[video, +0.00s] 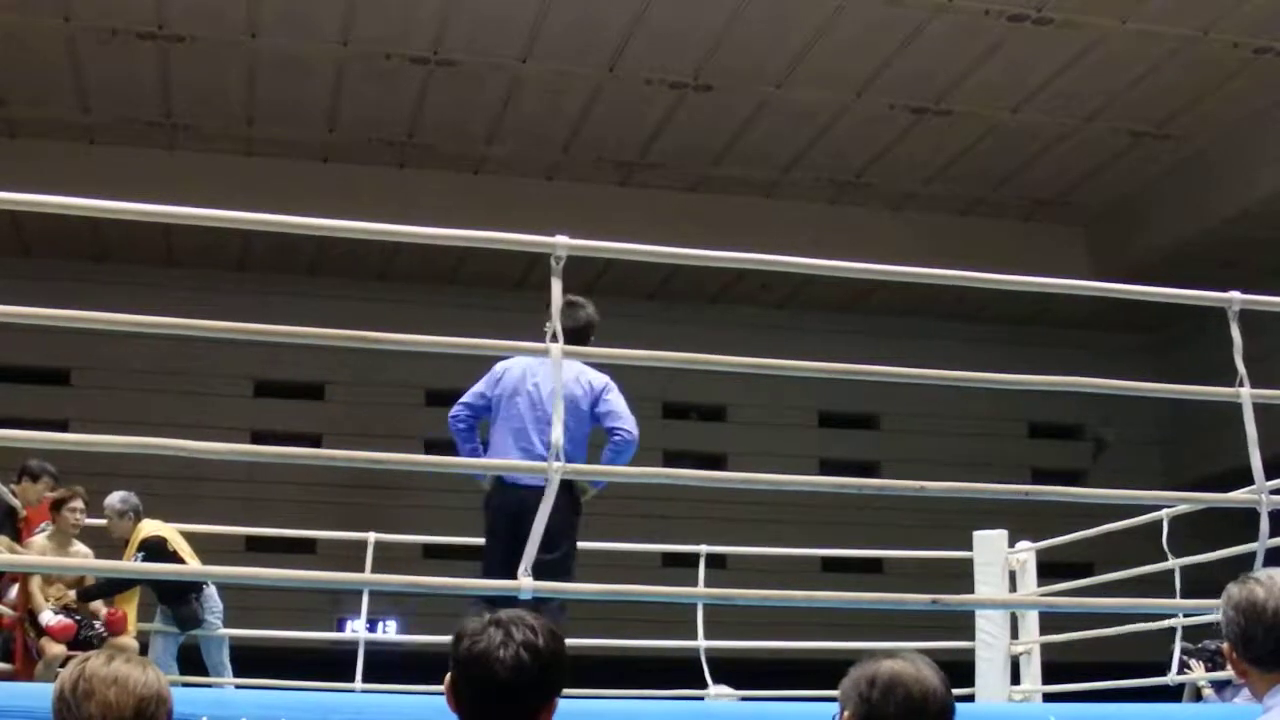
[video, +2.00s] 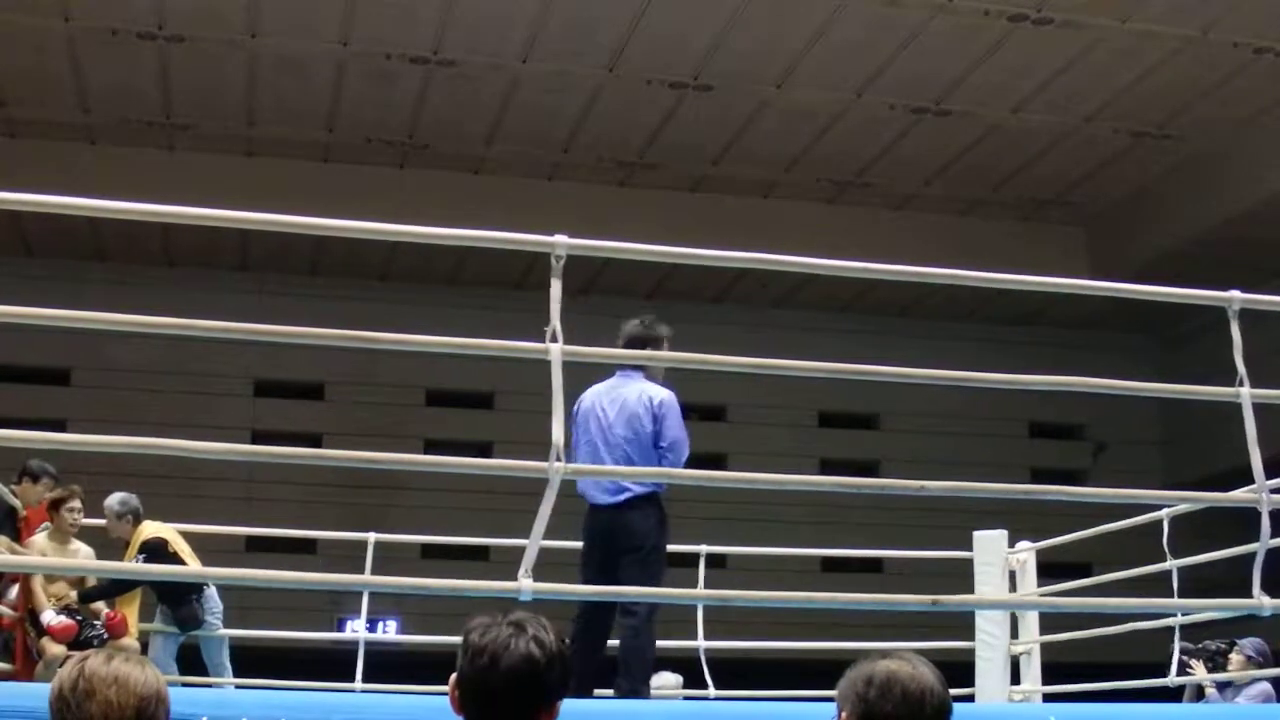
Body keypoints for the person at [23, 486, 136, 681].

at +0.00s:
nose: (78, 517)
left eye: (82, 512)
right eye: (72, 511)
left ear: (86, 516)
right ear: (55, 515)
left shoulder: (85, 553)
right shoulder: (36, 545)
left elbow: (90, 593)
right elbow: (33, 587)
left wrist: (104, 613)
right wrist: (48, 618)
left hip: (77, 613)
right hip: (42, 611)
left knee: (128, 646)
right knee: (56, 652)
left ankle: (107, 703)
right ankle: (38, 704)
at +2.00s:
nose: (77, 517)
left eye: (80, 512)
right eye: (70, 511)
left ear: (83, 515)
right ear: (53, 514)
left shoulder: (86, 551)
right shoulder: (36, 544)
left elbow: (91, 593)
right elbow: (36, 586)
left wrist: (105, 614)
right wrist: (49, 617)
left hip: (77, 614)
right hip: (42, 613)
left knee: (130, 647)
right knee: (56, 652)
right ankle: (36, 704)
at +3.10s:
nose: (90, 523)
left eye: (93, 518)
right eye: (84, 517)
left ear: (97, 520)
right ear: (68, 518)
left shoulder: (95, 551)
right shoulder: (44, 547)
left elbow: (96, 593)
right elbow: (29, 588)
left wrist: (106, 615)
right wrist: (46, 619)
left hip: (82, 613)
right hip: (47, 612)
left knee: (127, 646)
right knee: (55, 651)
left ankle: (114, 703)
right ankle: (30, 700)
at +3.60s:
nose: (113, 498)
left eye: (116, 492)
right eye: (107, 491)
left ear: (118, 494)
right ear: (89, 492)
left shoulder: (113, 524)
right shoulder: (64, 521)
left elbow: (111, 568)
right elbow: (51, 571)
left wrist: (120, 604)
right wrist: (59, 614)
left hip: (93, 598)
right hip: (60, 595)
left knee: (126, 647)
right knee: (52, 650)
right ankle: (27, 702)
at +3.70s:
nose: (114, 483)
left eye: (117, 477)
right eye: (108, 476)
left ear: (118, 480)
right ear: (90, 478)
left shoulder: (114, 511)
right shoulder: (65, 511)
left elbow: (112, 559)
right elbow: (54, 562)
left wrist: (121, 595)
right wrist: (60, 606)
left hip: (92, 590)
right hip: (59, 587)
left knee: (125, 645)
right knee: (51, 648)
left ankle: (109, 706)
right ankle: (24, 699)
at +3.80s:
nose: (114, 469)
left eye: (116, 464)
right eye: (108, 463)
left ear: (117, 468)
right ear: (90, 465)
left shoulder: (114, 501)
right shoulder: (64, 499)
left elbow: (112, 549)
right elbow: (49, 548)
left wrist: (118, 583)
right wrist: (56, 590)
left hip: (94, 579)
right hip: (62, 577)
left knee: (122, 644)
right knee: (50, 644)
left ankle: (108, 707)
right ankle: (25, 699)